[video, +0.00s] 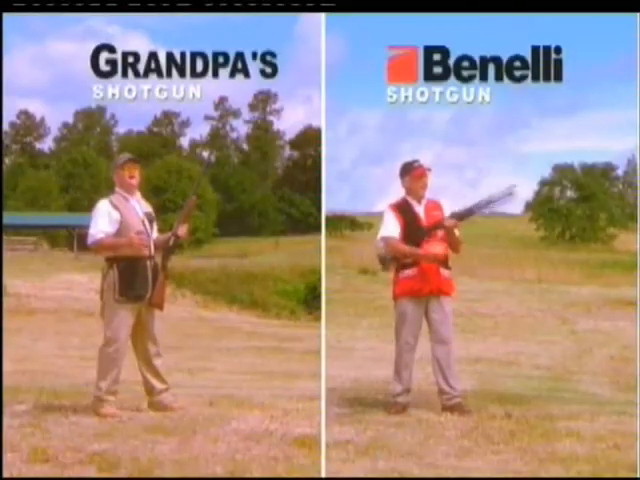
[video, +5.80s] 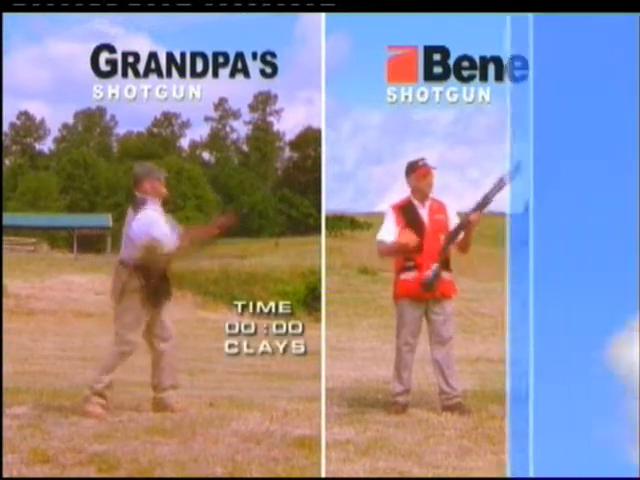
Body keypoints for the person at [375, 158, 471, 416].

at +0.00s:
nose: (423, 183)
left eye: (425, 178)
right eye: (417, 178)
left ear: (428, 180)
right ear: (405, 182)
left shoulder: (437, 208)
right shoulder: (395, 211)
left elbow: (456, 248)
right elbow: (389, 245)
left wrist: (451, 231)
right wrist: (425, 254)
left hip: (438, 277)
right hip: (409, 279)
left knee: (443, 339)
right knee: (406, 341)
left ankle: (451, 396)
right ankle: (400, 395)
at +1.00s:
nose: (433, 190)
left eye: (436, 185)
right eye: (430, 184)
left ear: (437, 185)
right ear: (416, 182)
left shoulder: (439, 210)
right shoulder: (397, 210)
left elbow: (473, 217)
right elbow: (398, 248)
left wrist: (458, 190)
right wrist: (435, 258)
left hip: (437, 282)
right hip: (409, 282)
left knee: (443, 340)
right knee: (406, 343)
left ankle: (451, 397)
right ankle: (401, 397)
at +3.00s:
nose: (431, 186)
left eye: (432, 181)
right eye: (426, 181)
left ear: (433, 183)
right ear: (412, 182)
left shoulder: (439, 208)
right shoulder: (395, 212)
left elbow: (468, 197)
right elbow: (397, 249)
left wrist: (447, 169)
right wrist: (432, 260)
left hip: (437, 281)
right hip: (409, 282)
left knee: (443, 340)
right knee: (406, 342)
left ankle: (450, 397)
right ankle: (400, 396)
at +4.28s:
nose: (434, 187)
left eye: (436, 182)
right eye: (430, 182)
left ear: (438, 183)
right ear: (416, 180)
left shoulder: (441, 208)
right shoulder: (398, 211)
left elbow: (473, 218)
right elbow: (399, 250)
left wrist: (466, 196)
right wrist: (434, 261)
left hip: (439, 282)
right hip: (410, 283)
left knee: (443, 340)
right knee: (407, 343)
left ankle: (451, 397)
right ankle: (401, 396)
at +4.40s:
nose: (436, 189)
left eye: (439, 184)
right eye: (432, 183)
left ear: (441, 185)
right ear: (419, 181)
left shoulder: (444, 210)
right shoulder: (401, 210)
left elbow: (465, 225)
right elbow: (402, 249)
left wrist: (474, 225)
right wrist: (435, 262)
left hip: (440, 281)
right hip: (411, 282)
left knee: (443, 340)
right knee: (407, 343)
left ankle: (450, 397)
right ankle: (400, 397)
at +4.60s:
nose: (441, 190)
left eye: (445, 186)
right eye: (437, 185)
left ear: (448, 186)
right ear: (425, 182)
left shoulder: (449, 210)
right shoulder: (406, 209)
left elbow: (470, 237)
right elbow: (407, 246)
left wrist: (469, 265)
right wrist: (439, 264)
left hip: (442, 283)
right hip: (412, 283)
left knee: (444, 342)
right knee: (407, 343)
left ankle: (451, 397)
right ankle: (400, 396)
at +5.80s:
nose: (427, 181)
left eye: (429, 176)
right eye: (422, 177)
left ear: (433, 178)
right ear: (410, 181)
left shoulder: (443, 209)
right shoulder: (396, 211)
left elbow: (462, 247)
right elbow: (383, 248)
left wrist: (470, 228)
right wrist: (405, 246)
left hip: (440, 280)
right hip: (409, 281)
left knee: (444, 341)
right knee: (406, 342)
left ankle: (451, 397)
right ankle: (400, 395)